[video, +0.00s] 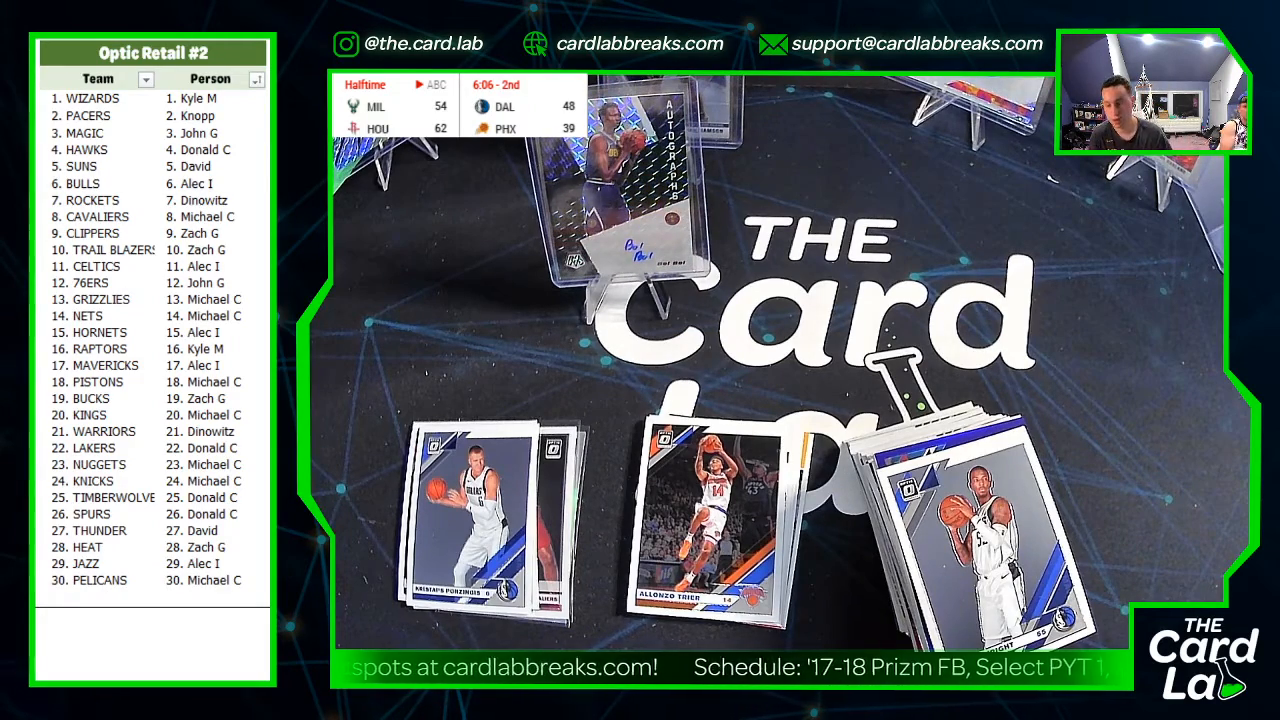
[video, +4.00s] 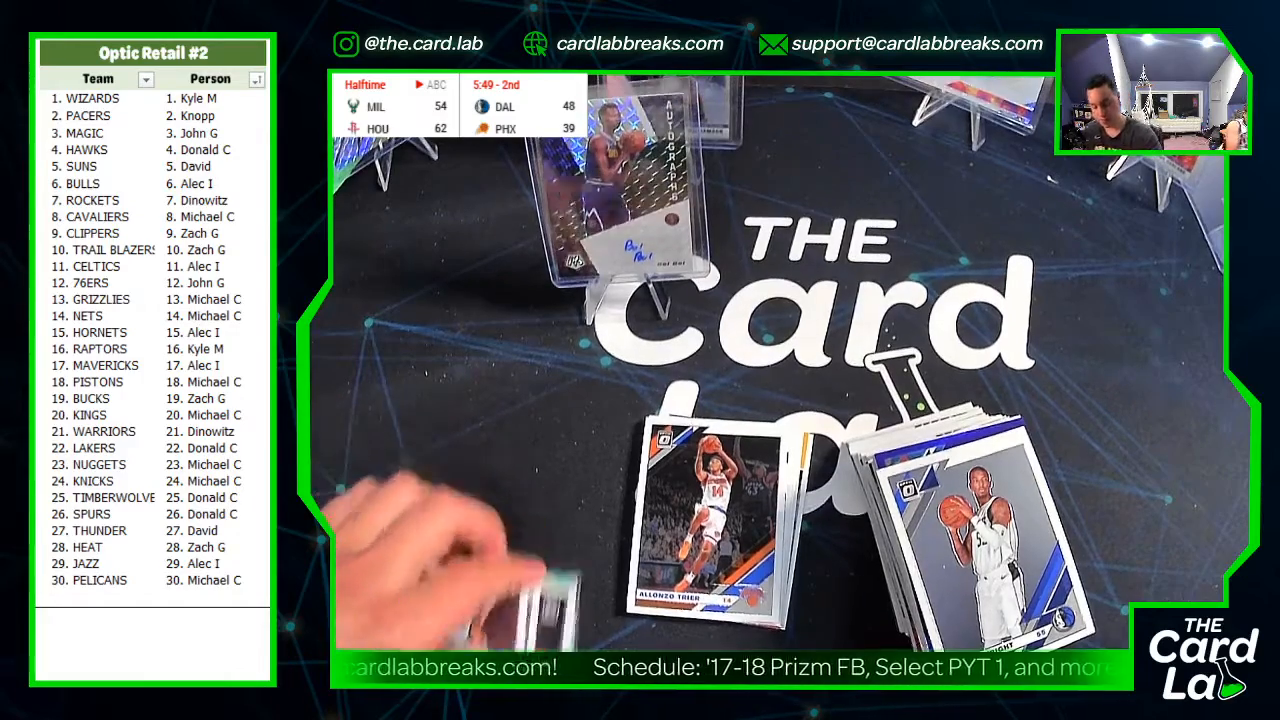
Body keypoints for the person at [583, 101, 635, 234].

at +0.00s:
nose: (618, 118)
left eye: (619, 115)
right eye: (614, 115)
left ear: (620, 116)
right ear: (604, 118)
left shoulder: (617, 141)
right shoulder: (598, 140)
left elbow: (620, 178)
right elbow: (607, 175)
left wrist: (633, 155)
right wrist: (624, 153)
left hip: (612, 189)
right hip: (596, 192)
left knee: (625, 231)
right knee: (598, 237)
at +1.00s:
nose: (617, 118)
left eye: (618, 114)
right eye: (613, 115)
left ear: (620, 117)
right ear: (603, 118)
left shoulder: (616, 141)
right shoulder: (598, 140)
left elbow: (622, 173)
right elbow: (606, 176)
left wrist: (633, 153)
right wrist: (624, 154)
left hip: (613, 189)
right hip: (597, 191)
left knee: (624, 229)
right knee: (599, 234)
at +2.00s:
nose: (617, 118)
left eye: (618, 114)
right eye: (612, 115)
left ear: (620, 117)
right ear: (603, 118)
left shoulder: (616, 140)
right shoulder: (598, 140)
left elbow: (622, 170)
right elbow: (606, 175)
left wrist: (632, 153)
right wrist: (624, 154)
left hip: (612, 187)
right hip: (598, 189)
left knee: (625, 219)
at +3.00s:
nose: (615, 118)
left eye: (617, 115)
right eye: (611, 115)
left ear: (620, 118)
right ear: (602, 118)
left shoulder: (617, 142)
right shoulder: (598, 141)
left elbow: (620, 179)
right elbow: (607, 176)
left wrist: (633, 155)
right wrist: (624, 155)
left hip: (612, 189)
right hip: (596, 191)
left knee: (624, 229)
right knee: (598, 236)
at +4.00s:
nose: (618, 118)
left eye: (618, 115)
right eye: (614, 116)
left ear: (620, 117)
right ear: (603, 119)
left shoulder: (616, 141)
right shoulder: (598, 141)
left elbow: (621, 178)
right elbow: (606, 176)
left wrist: (631, 154)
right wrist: (623, 157)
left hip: (611, 188)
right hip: (595, 190)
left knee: (624, 227)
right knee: (599, 234)